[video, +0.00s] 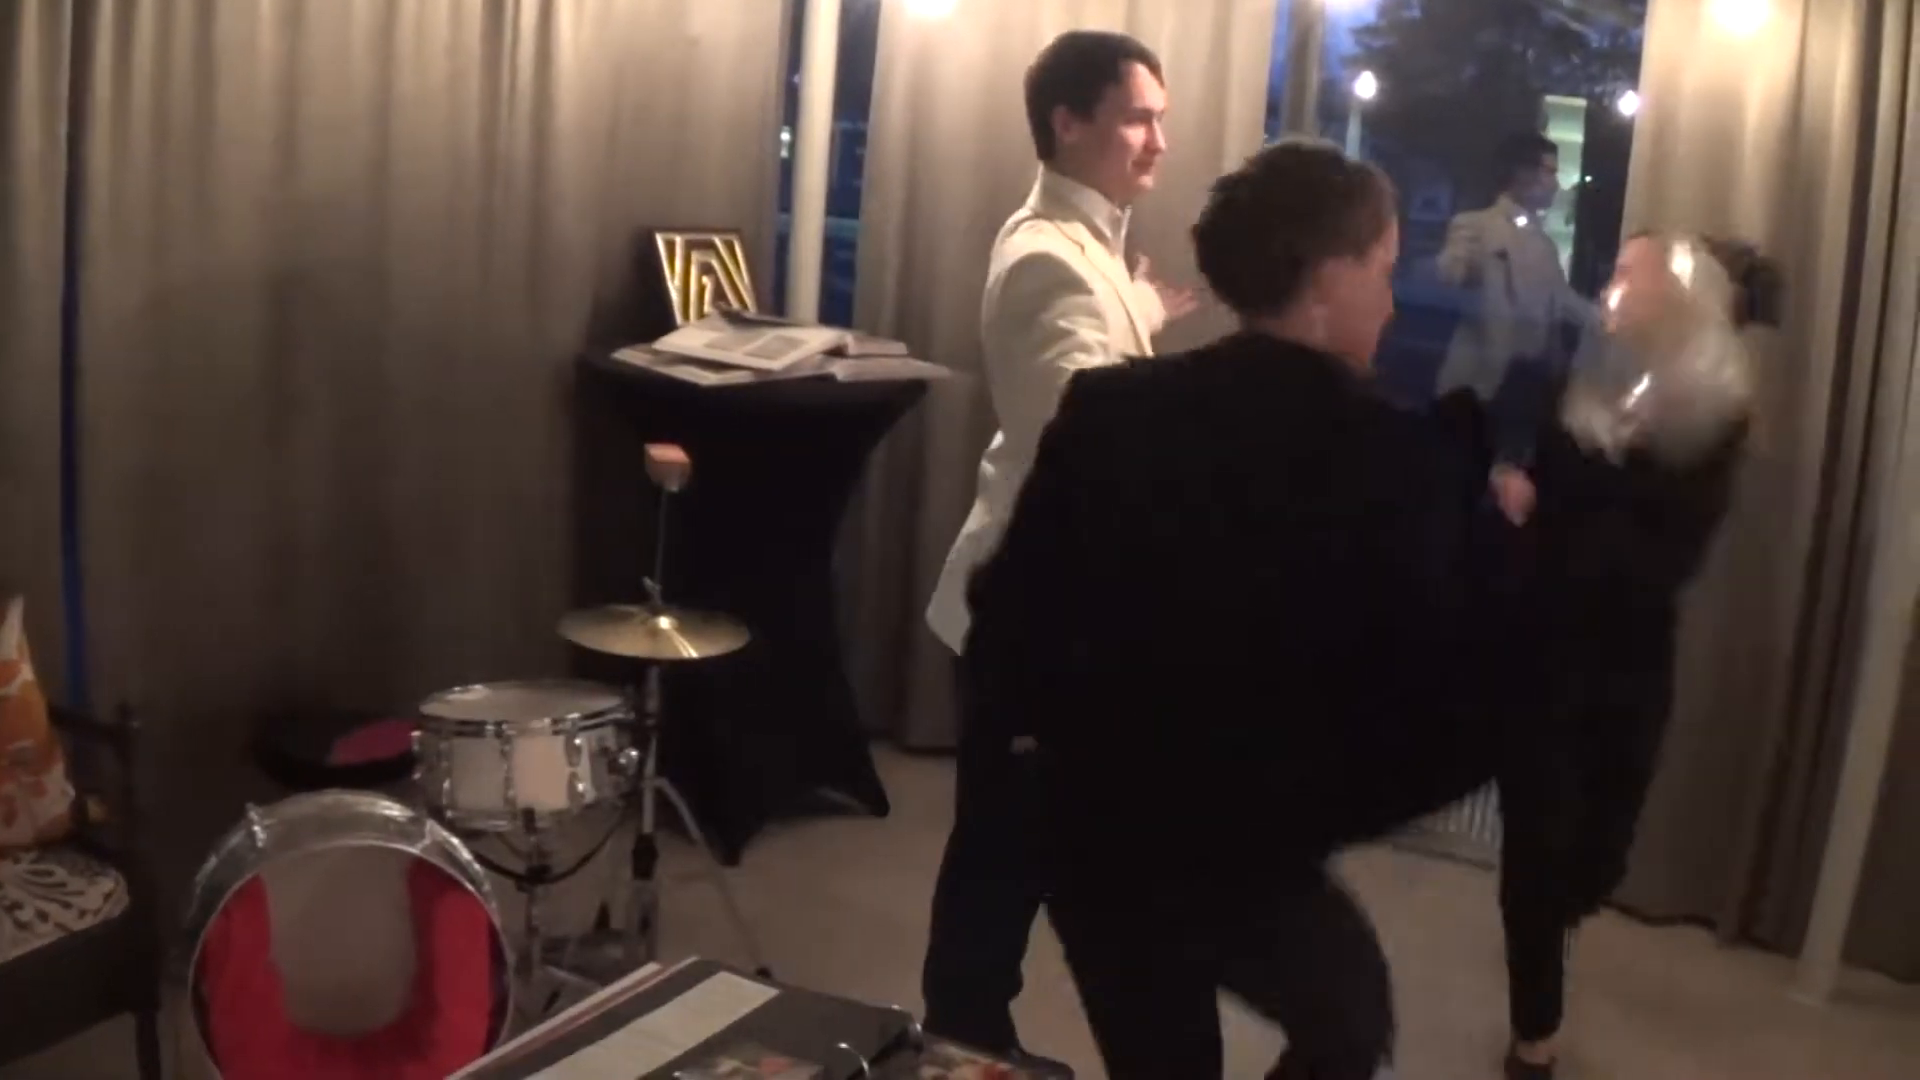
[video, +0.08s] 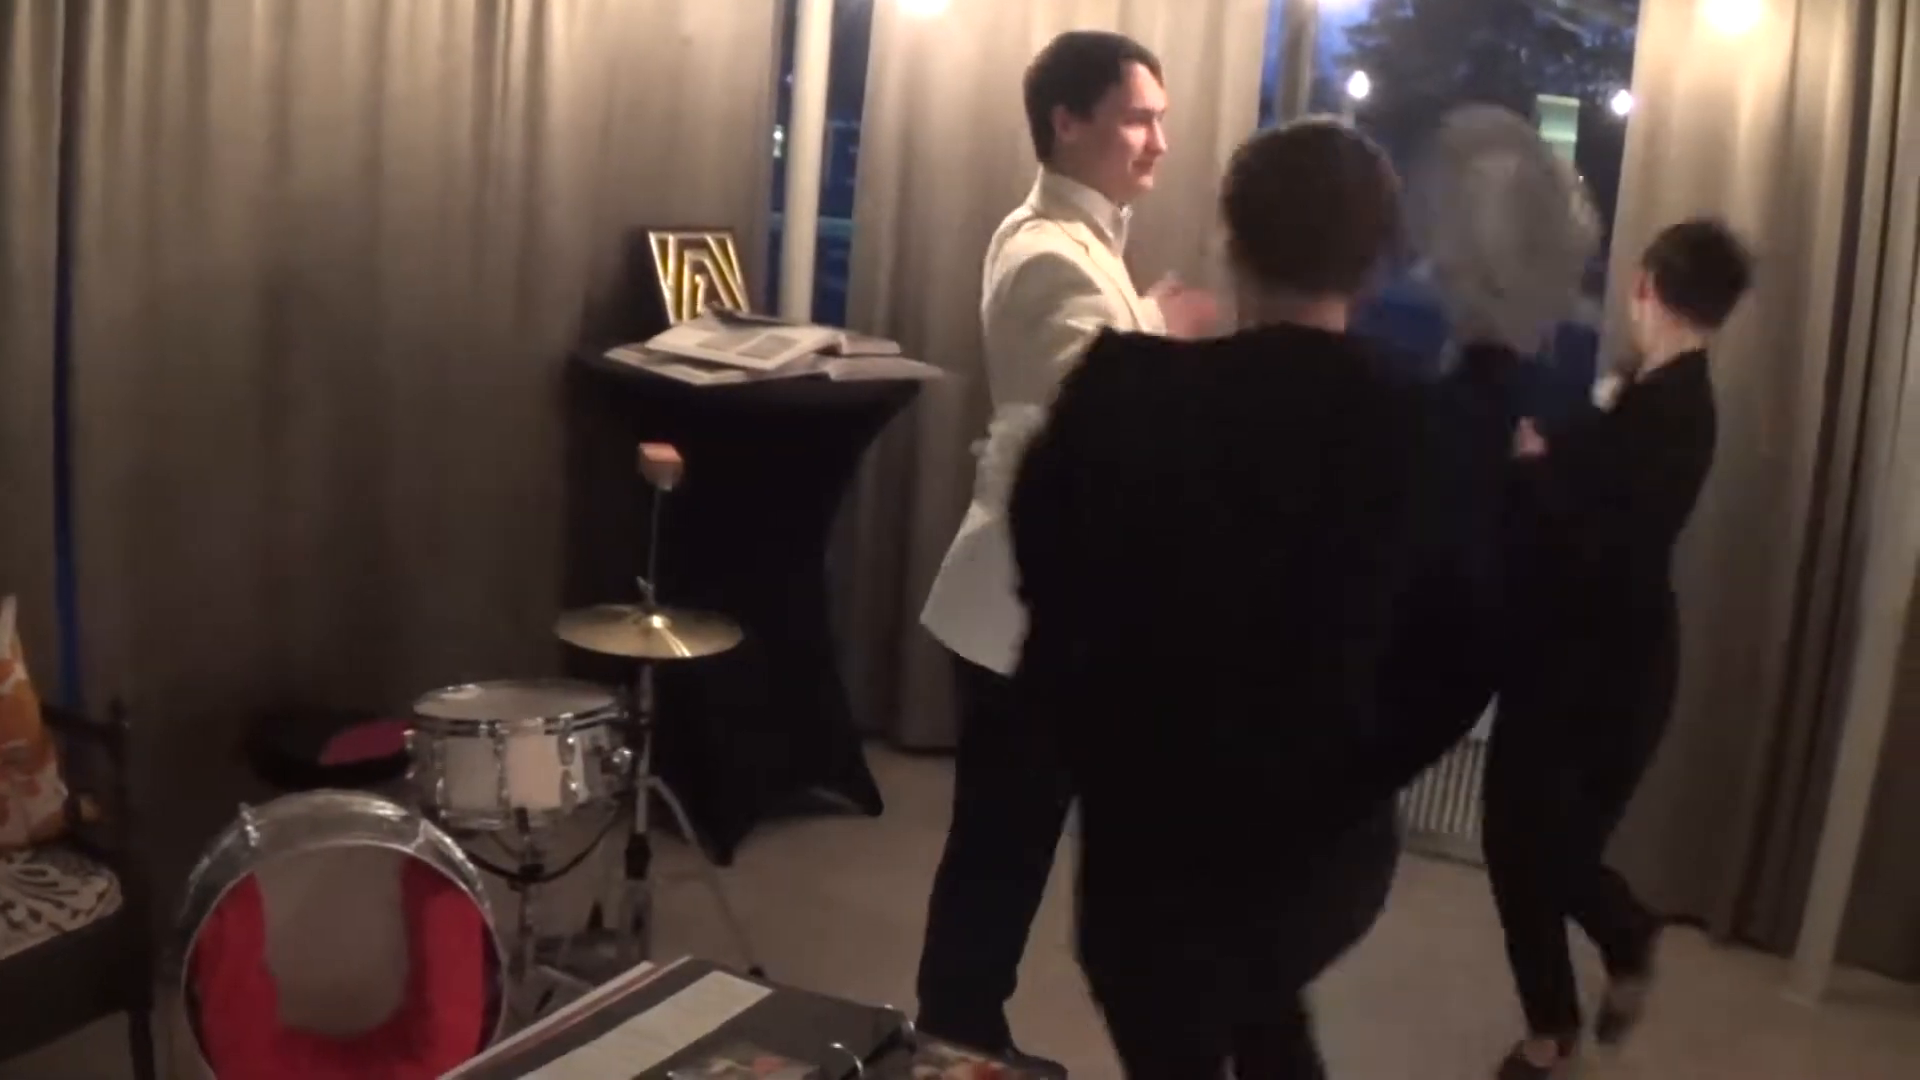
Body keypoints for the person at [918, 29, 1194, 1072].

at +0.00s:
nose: (1160, 141)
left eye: (1161, 121)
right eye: (1141, 120)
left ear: (1094, 128)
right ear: (1069, 125)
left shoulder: (1083, 238)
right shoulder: (1048, 262)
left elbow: (1106, 363)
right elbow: (1097, 444)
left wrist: (1148, 316)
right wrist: (1158, 330)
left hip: (1046, 590)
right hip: (1016, 603)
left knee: (1020, 826)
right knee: (1001, 832)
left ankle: (973, 1028)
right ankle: (968, 1035)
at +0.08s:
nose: (1158, 141)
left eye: (1161, 121)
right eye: (1140, 120)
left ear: (1084, 129)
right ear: (1068, 125)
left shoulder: (1076, 238)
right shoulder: (1055, 261)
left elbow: (1112, 405)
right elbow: (1122, 438)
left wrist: (1168, 339)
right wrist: (1174, 341)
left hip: (1037, 592)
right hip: (1025, 606)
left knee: (1013, 823)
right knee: (1004, 829)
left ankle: (967, 1026)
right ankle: (962, 1032)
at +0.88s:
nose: (1289, 211)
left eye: (1292, 187)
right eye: (1276, 184)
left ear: (1193, 181)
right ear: (1202, 180)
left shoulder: (1070, 259)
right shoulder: (1248, 321)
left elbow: (957, 345)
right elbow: (1388, 402)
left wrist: (999, 461)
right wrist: (1561, 398)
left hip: (1031, 626)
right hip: (1151, 661)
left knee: (956, 832)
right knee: (1216, 885)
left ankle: (830, 1035)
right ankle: (1194, 1072)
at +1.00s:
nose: (1320, 238)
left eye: (1324, 216)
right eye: (1309, 214)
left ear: (1231, 209)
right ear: (1233, 206)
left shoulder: (1087, 289)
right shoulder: (1277, 353)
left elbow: (967, 371)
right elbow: (1427, 429)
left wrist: (1015, 496)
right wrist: (1613, 439)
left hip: (1046, 660)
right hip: (1183, 689)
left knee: (961, 863)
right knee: (1274, 900)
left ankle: (834, 1047)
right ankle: (1203, 1075)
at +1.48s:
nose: (1355, 257)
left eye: (1358, 233)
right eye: (1344, 230)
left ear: (1253, 227)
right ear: (1267, 229)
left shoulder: (1116, 302)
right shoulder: (1316, 373)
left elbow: (991, 385)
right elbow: (1451, 430)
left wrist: (1038, 527)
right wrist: (1604, 439)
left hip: (1067, 684)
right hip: (1209, 716)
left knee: (959, 886)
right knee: (1297, 916)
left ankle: (832, 1061)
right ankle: (1205, 1073)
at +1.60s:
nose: (1353, 245)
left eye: (1356, 220)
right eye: (1340, 217)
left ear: (1251, 216)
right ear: (1264, 214)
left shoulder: (1115, 294)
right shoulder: (1315, 365)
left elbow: (998, 382)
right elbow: (1437, 452)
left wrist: (1042, 515)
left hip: (1069, 675)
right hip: (1208, 711)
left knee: (979, 864)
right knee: (1283, 919)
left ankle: (841, 1047)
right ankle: (1201, 1078)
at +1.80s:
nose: (1331, 178)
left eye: (1331, 154)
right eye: (1314, 153)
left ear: (1228, 157)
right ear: (1239, 154)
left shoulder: (1128, 235)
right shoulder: (1252, 284)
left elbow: (1036, 326)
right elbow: (1399, 347)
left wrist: (1082, 442)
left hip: (1060, 599)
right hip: (1150, 631)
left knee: (1048, 848)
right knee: (1177, 897)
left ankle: (977, 1057)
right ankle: (1167, 1072)